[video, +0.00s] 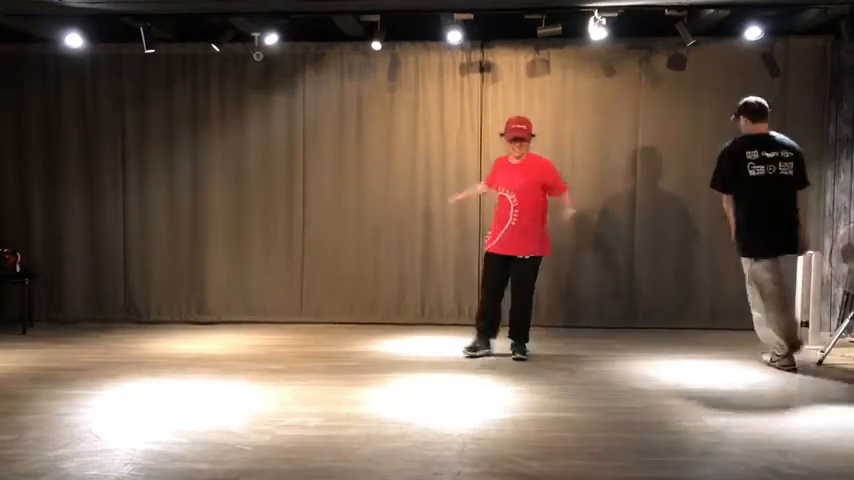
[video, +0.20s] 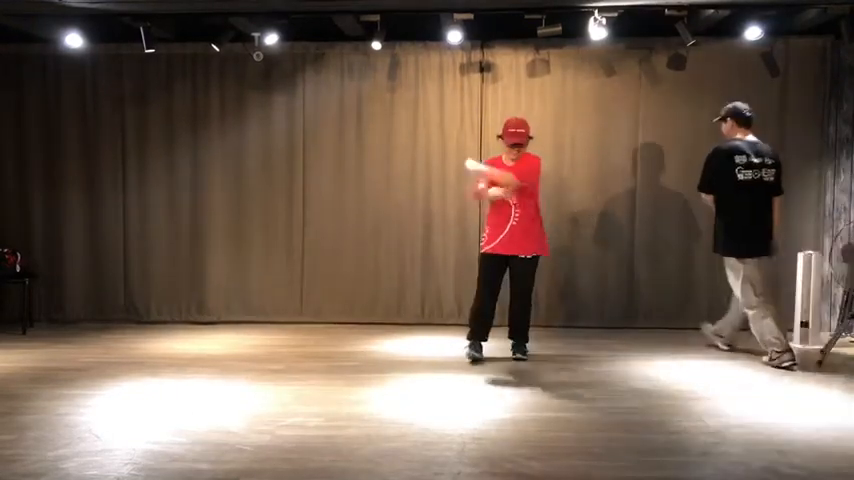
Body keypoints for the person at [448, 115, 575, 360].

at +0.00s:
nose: (517, 146)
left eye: (522, 142)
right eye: (513, 142)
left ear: (530, 142)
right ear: (506, 141)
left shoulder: (542, 167)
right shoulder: (500, 165)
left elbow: (564, 193)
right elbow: (487, 185)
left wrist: (568, 208)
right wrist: (464, 195)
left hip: (529, 245)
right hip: (499, 242)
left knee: (522, 297)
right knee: (490, 293)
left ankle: (519, 343)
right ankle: (483, 340)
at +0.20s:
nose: (515, 150)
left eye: (520, 145)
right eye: (511, 145)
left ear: (528, 142)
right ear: (502, 141)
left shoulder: (532, 163)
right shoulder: (490, 165)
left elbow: (515, 181)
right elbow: (476, 191)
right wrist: (492, 191)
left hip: (526, 242)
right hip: (495, 240)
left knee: (521, 296)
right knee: (485, 294)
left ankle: (519, 343)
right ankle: (476, 342)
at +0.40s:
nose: (503, 149)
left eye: (507, 145)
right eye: (498, 145)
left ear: (513, 142)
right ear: (489, 141)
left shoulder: (520, 159)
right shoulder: (479, 165)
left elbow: (507, 174)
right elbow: (494, 189)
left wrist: (474, 169)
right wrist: (526, 181)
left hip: (517, 242)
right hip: (485, 241)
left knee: (517, 297)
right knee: (480, 296)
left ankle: (519, 343)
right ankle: (475, 345)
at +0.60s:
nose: (495, 147)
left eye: (499, 141)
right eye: (490, 143)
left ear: (503, 140)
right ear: (479, 142)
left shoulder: (514, 166)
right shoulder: (467, 170)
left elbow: (530, 195)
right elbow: (457, 206)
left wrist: (548, 218)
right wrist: (460, 232)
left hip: (509, 245)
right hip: (477, 247)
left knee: (517, 292)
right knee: (476, 298)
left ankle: (513, 337)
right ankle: (475, 346)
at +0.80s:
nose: (495, 139)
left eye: (499, 134)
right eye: (490, 136)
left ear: (504, 136)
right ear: (479, 139)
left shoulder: (517, 165)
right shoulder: (466, 168)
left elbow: (529, 193)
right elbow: (440, 190)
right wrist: (417, 209)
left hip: (510, 243)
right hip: (477, 246)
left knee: (522, 295)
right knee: (477, 298)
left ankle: (534, 344)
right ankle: (475, 347)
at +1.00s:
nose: (507, 140)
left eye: (511, 136)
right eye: (502, 136)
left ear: (517, 139)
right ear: (492, 138)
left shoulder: (524, 168)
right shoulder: (475, 169)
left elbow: (527, 204)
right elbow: (454, 201)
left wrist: (520, 232)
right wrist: (440, 226)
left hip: (518, 246)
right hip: (484, 247)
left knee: (528, 298)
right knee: (481, 298)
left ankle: (540, 350)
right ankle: (475, 347)